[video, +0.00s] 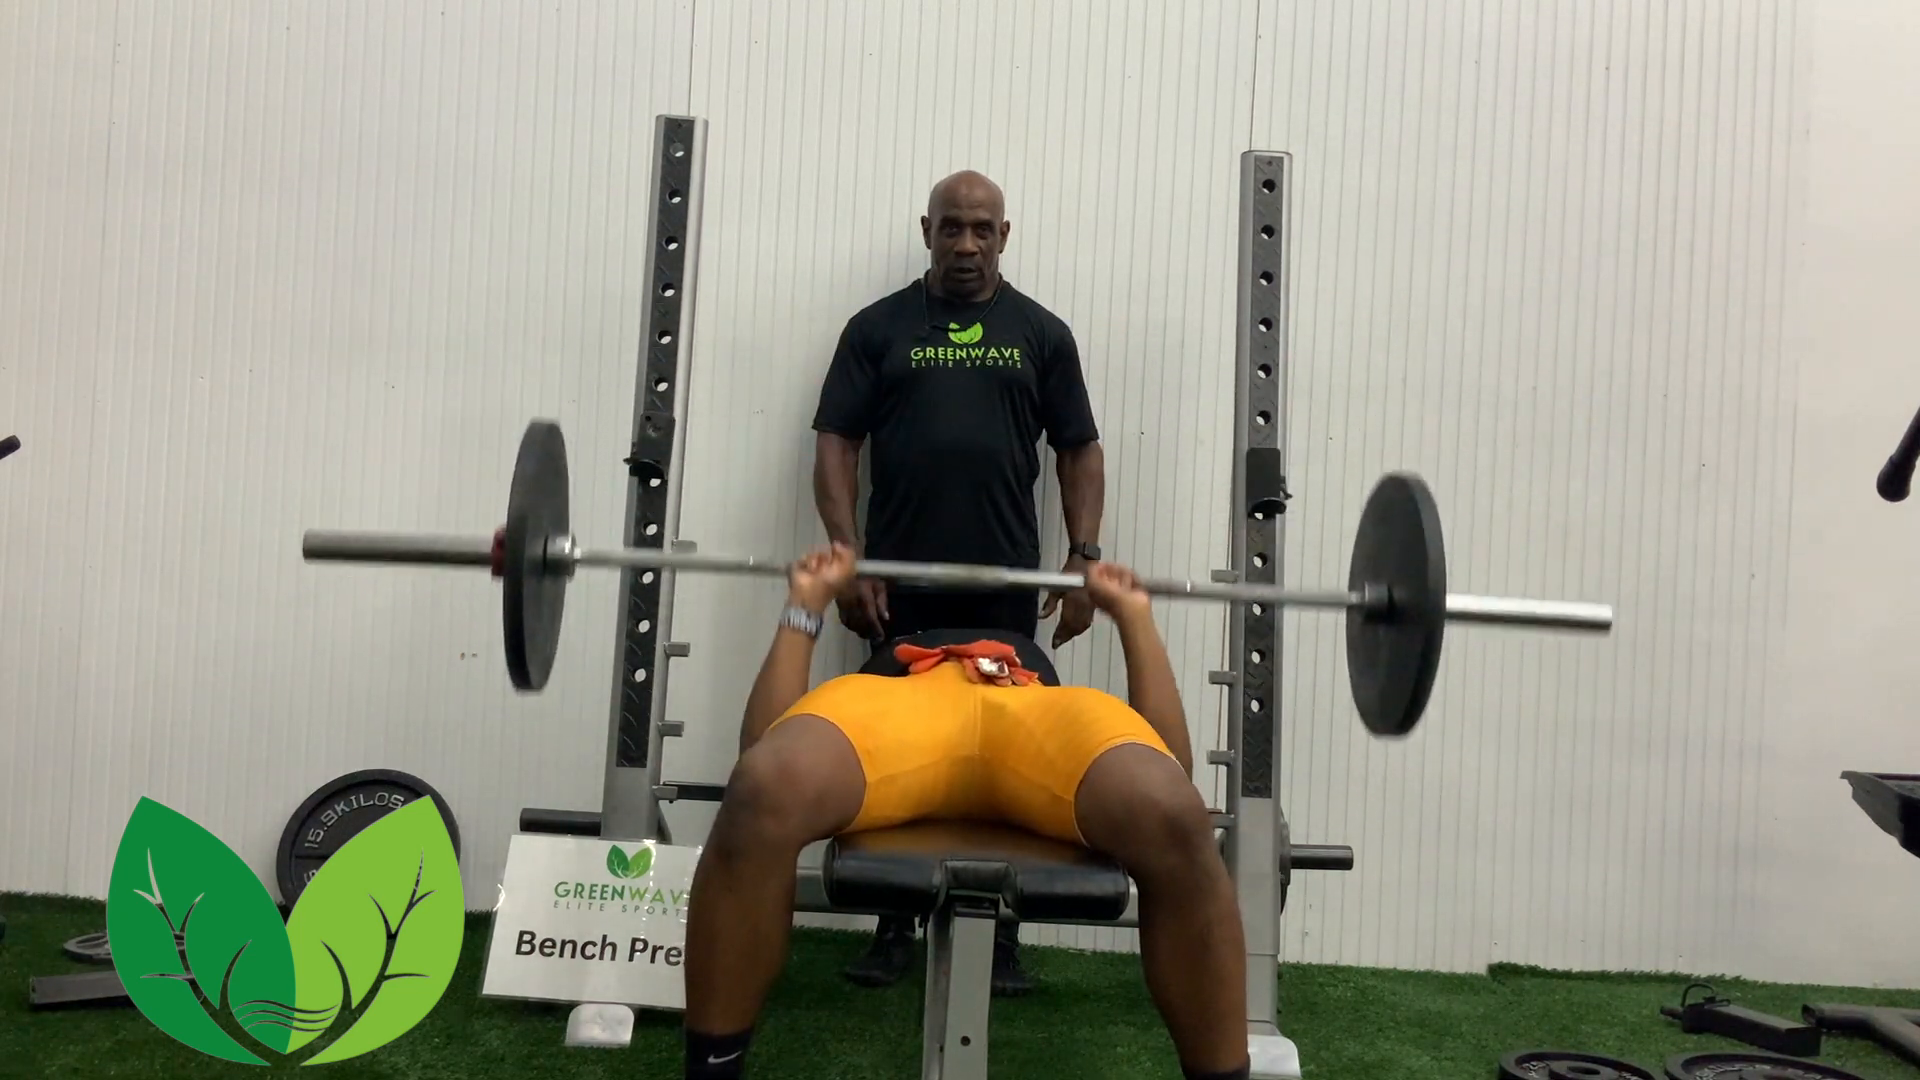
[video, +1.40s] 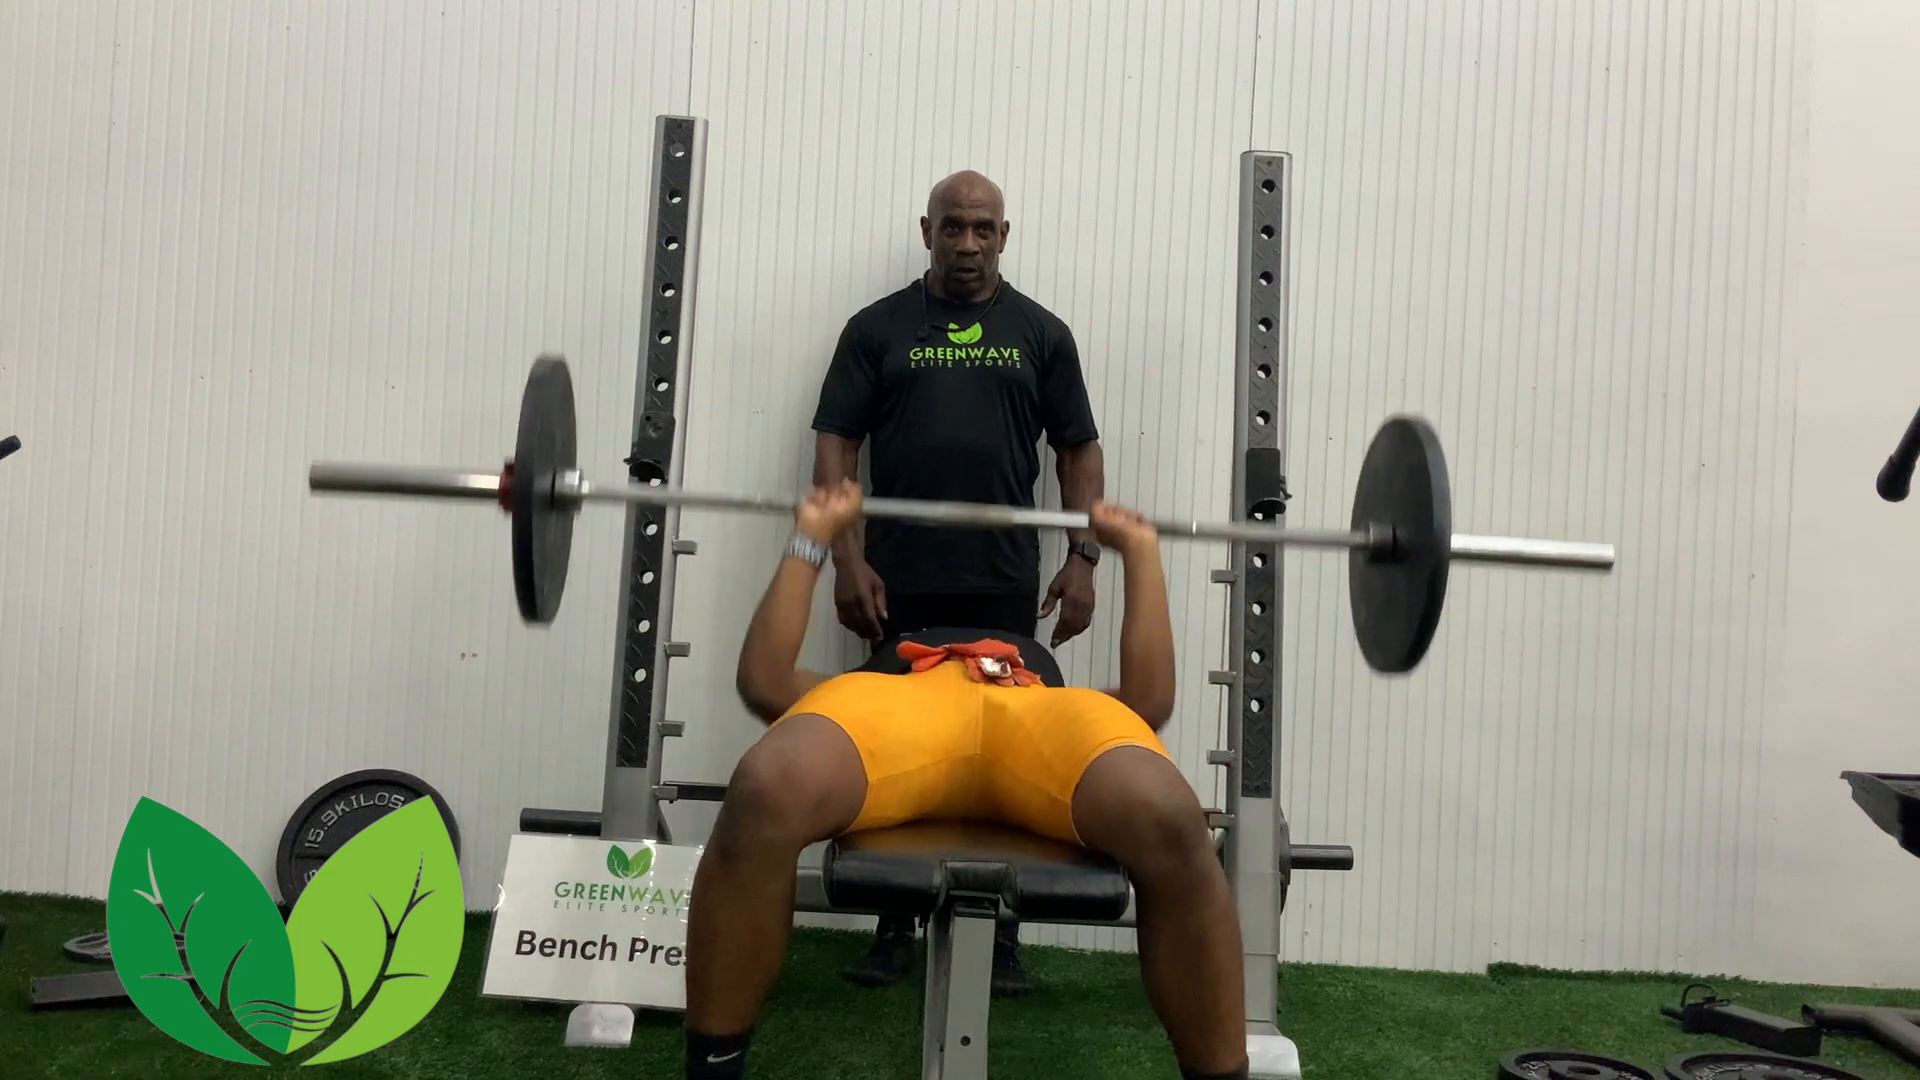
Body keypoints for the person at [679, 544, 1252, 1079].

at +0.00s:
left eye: (999, 655)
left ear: (1028, 671)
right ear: (921, 648)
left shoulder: (1056, 700)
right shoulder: (885, 689)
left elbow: (1171, 772)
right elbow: (763, 754)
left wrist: (1136, 620)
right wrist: (803, 612)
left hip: (1053, 707)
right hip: (890, 698)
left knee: (1178, 823)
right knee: (761, 789)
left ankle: (1223, 1072)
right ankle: (711, 1066)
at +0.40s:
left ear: (1031, 669)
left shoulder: (1063, 694)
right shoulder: (863, 682)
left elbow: (1163, 667)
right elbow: (765, 635)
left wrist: (1139, 515)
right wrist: (804, 498)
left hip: (1049, 708)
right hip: (889, 699)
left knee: (1181, 822)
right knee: (760, 792)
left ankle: (1224, 1071)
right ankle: (713, 1065)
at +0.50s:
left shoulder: (1063, 689)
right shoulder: (854, 681)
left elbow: (1143, 607)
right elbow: (790, 577)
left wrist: (1138, 447)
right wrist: (810, 430)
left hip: (1044, 707)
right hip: (891, 696)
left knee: (1189, 819)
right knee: (758, 789)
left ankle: (1223, 1072)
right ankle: (712, 1065)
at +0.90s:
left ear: (1029, 677)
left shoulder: (1057, 685)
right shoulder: (877, 670)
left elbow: (1153, 661)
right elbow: (785, 642)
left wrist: (1145, 512)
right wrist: (819, 508)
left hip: (1048, 712)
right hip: (892, 702)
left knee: (1179, 822)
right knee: (754, 786)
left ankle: (1224, 1073)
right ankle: (713, 1066)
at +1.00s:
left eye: (1009, 666)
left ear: (1037, 684)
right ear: (918, 654)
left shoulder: (1055, 691)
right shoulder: (884, 681)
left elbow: (1145, 734)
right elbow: (780, 733)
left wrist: (1139, 600)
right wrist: (811, 595)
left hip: (1047, 712)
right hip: (890, 700)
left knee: (1181, 820)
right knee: (757, 786)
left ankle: (1225, 1072)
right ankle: (712, 1064)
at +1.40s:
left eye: (1003, 655)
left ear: (1020, 664)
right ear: (922, 659)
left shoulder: (1052, 686)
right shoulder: (876, 677)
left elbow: (1150, 702)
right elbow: (764, 682)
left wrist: (1142, 550)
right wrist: (810, 544)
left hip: (1042, 704)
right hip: (896, 695)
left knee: (1177, 829)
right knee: (759, 796)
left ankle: (1223, 1070)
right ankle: (713, 1065)